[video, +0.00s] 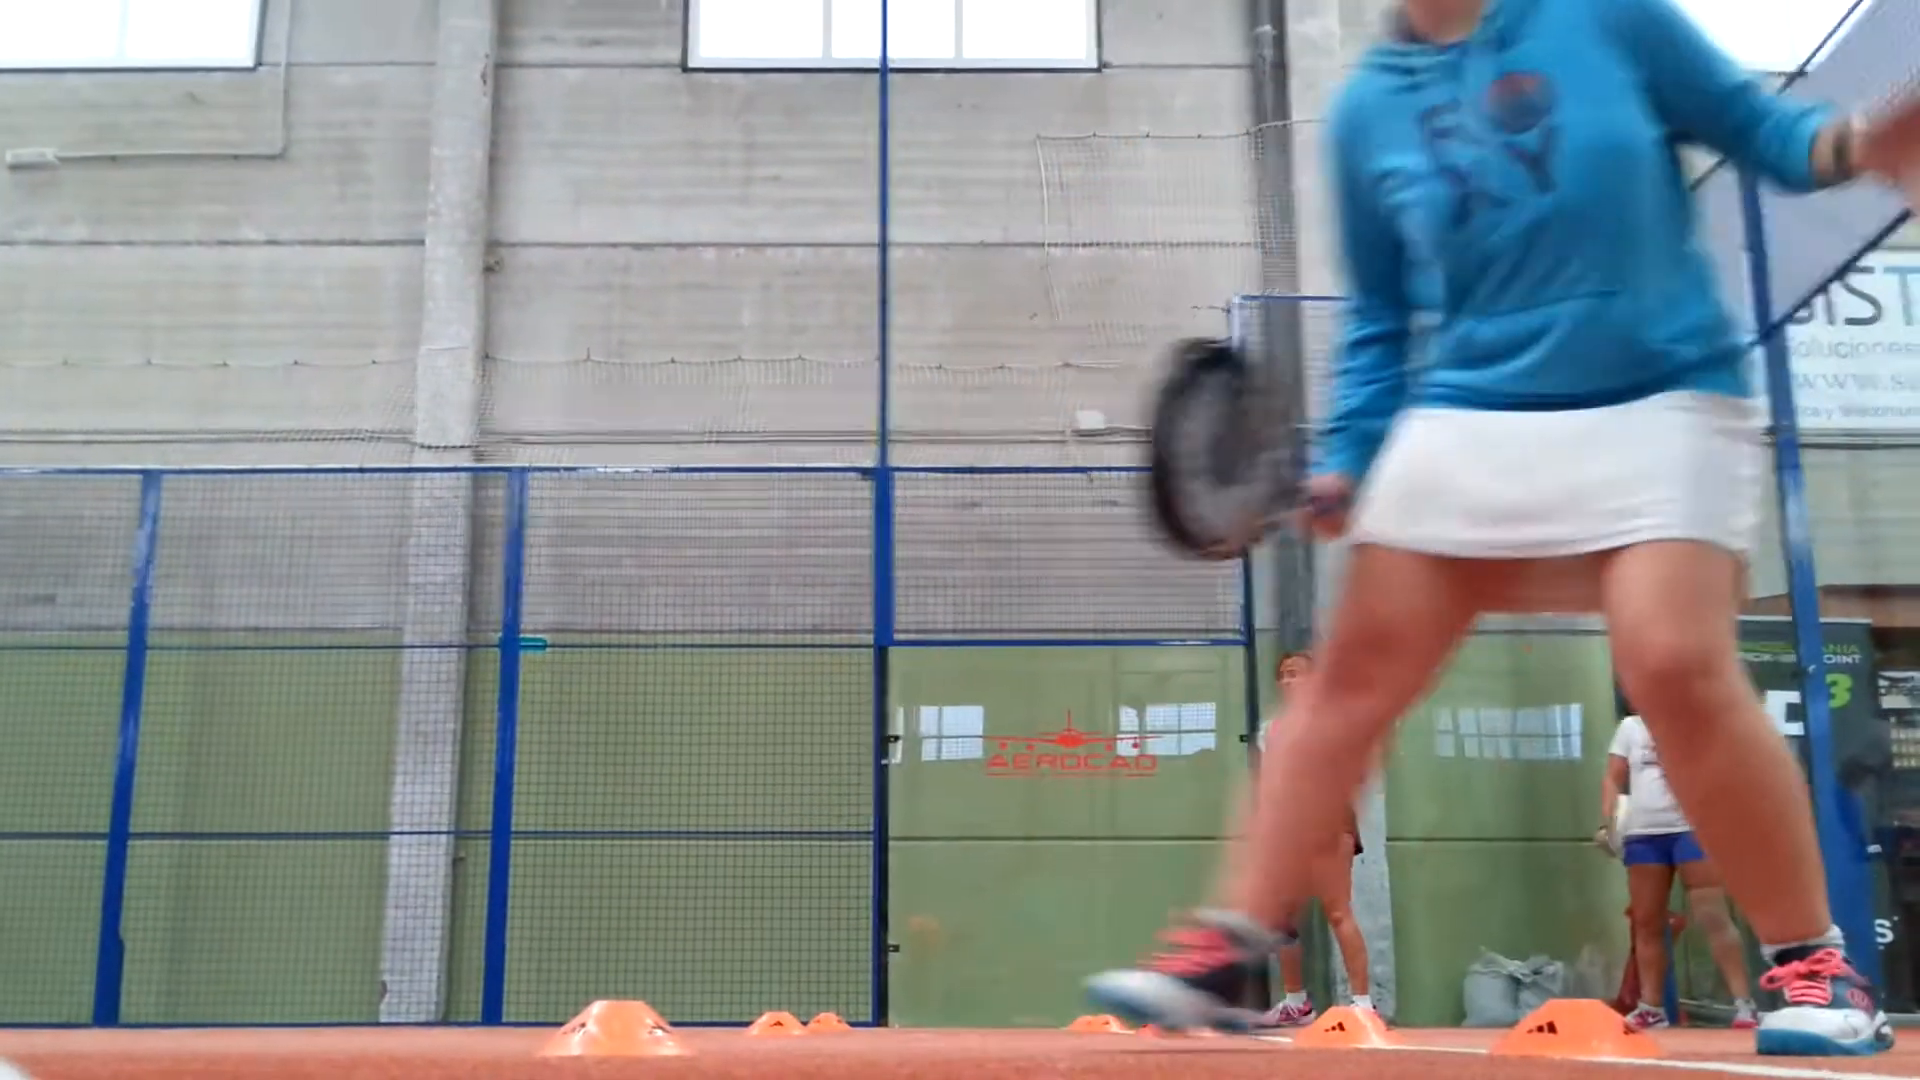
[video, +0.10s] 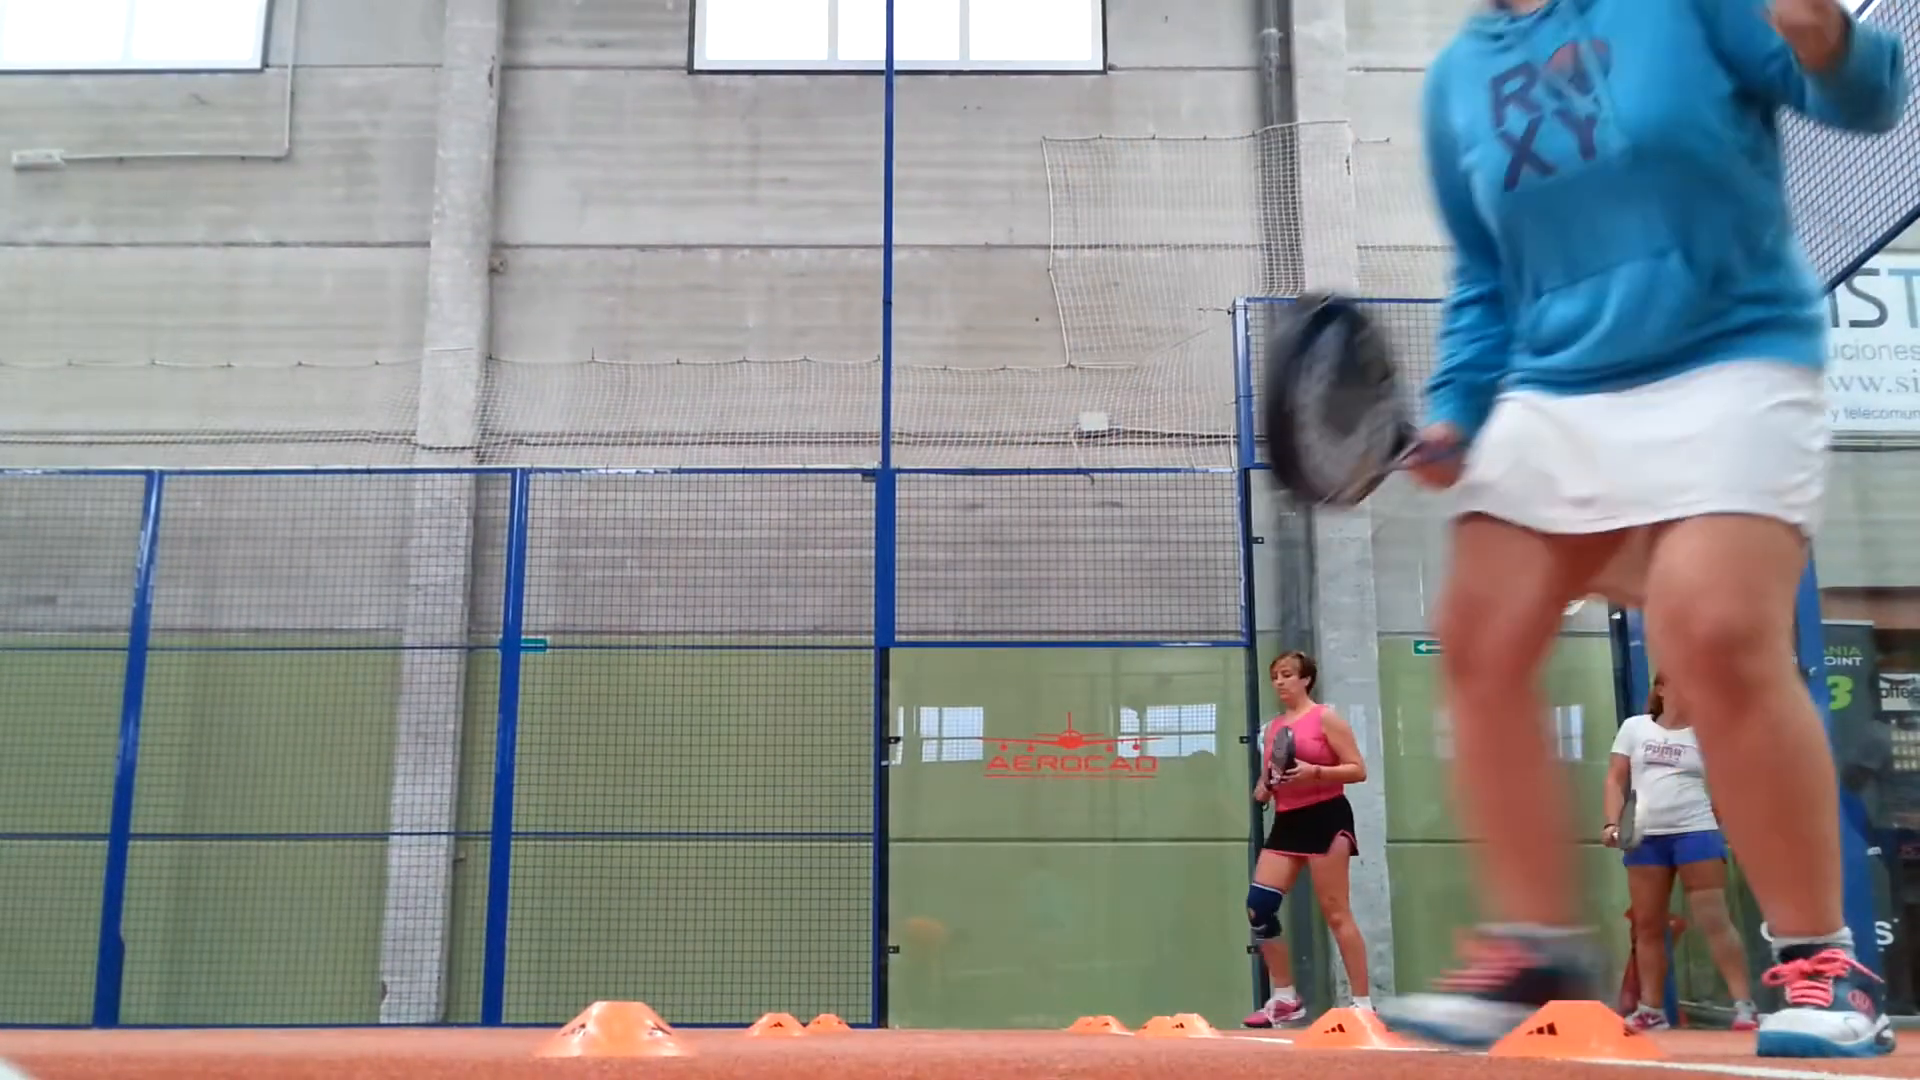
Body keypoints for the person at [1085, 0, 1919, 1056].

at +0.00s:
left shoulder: (1605, 13)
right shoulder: (1364, 108)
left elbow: (1756, 123)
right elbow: (1377, 315)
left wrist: (1849, 144)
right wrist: (1343, 460)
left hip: (1661, 387)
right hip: (1468, 404)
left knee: (1673, 667)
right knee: (1354, 665)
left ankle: (1812, 969)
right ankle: (1232, 951)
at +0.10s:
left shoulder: (1691, 4)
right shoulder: (1457, 77)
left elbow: (1870, 105)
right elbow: (1482, 280)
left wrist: (1832, 45)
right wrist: (1454, 411)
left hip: (1734, 354)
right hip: (1556, 388)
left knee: (1716, 633)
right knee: (1477, 637)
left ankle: (1819, 963)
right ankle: (1535, 947)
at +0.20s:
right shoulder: (1530, 54)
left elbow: (1896, 64)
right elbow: (1576, 244)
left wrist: (1811, 10)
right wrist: (1554, 369)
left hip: (1791, 316)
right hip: (1632, 368)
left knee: (1745, 610)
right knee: (1620, 649)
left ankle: (1867, 941)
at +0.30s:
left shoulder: (1786, 3)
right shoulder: (1602, 71)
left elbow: (1907, 81)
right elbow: (1683, 260)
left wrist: (1762, 35)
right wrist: (1654, 386)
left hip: (1846, 296)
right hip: (1728, 351)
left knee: (1746, 617)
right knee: (1765, 660)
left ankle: (1900, 945)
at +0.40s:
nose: (1652, 4)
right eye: (1652, 2)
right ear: (1683, 4)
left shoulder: (1799, 11)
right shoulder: (1725, 105)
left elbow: (1910, 130)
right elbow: (1803, 313)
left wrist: (1722, 124)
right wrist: (1749, 405)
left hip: (1887, 351)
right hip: (1838, 375)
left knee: (1775, 627)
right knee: (1887, 676)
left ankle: (1903, 958)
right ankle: (1896, 964)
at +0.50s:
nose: (1720, 12)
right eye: (1722, 1)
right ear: (1786, 2)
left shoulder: (1839, 48)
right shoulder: (1803, 86)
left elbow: (1908, 163)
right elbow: (1861, 274)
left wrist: (1746, 174)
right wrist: (1827, 401)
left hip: (1898, 381)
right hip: (1864, 394)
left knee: (1854, 635)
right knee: (1854, 643)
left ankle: (1895, 957)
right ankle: (1891, 959)